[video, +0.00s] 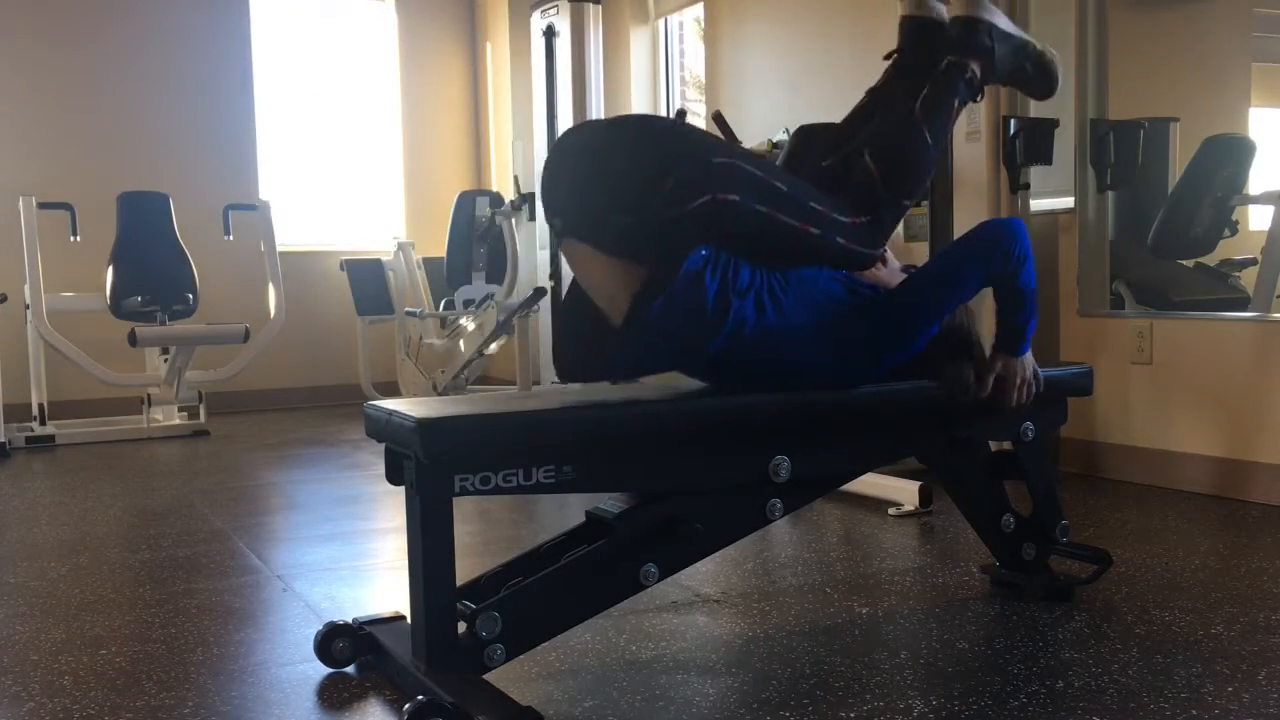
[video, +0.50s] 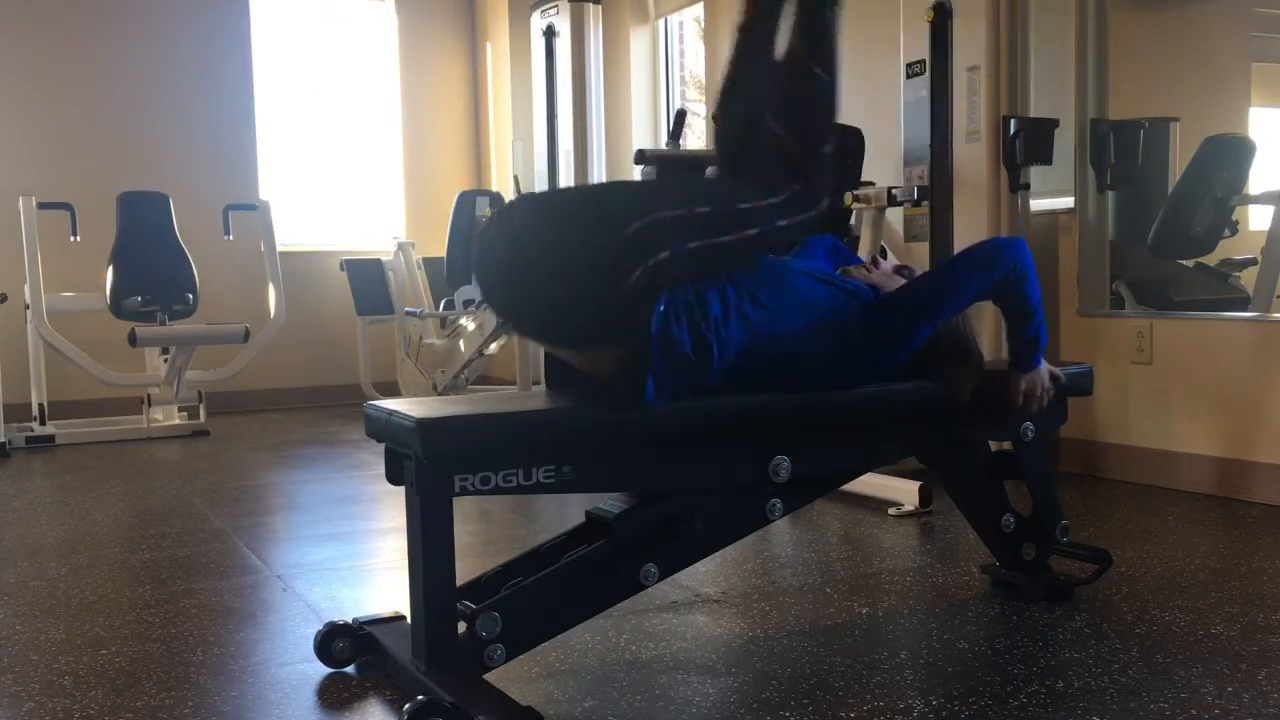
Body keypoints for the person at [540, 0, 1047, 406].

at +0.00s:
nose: (899, 268)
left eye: (916, 277)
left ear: (928, 332)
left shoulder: (890, 329)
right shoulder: (844, 351)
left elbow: (1005, 236)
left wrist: (1018, 348)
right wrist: (866, 260)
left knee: (862, 232)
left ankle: (967, 54)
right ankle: (918, 53)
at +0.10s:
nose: (909, 275)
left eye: (923, 286)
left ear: (930, 340)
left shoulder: (888, 332)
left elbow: (1005, 240)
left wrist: (1023, 350)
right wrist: (863, 266)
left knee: (852, 231)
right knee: (806, 202)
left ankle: (963, 51)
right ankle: (910, 46)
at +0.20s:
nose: (892, 262)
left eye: (908, 276)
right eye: (902, 266)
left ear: (920, 317)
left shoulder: (887, 327)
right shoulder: (858, 336)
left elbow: (1007, 254)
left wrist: (1038, 357)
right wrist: (872, 279)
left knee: (844, 221)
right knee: (798, 189)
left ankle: (935, 40)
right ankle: (891, 32)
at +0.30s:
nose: (890, 260)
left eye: (904, 275)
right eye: (901, 264)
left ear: (912, 309)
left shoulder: (886, 329)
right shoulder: (853, 308)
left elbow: (1012, 271)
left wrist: (1046, 367)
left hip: (653, 307)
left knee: (794, 190)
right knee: (804, 189)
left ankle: (887, 29)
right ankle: (874, 28)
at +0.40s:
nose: (890, 259)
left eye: (904, 276)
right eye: (900, 263)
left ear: (909, 308)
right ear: (887, 271)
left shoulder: (883, 328)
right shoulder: (846, 294)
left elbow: (1013, 268)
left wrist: (1042, 368)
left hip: (644, 322)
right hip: (669, 299)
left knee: (825, 189)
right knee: (782, 177)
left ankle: (859, 21)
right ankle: (824, 17)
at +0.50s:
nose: (888, 262)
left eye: (903, 279)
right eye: (896, 264)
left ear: (908, 311)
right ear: (883, 270)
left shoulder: (881, 333)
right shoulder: (830, 276)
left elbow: (1007, 253)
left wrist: (1030, 362)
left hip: (628, 325)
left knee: (805, 183)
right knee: (753, 174)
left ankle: (815, 6)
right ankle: (766, 1)